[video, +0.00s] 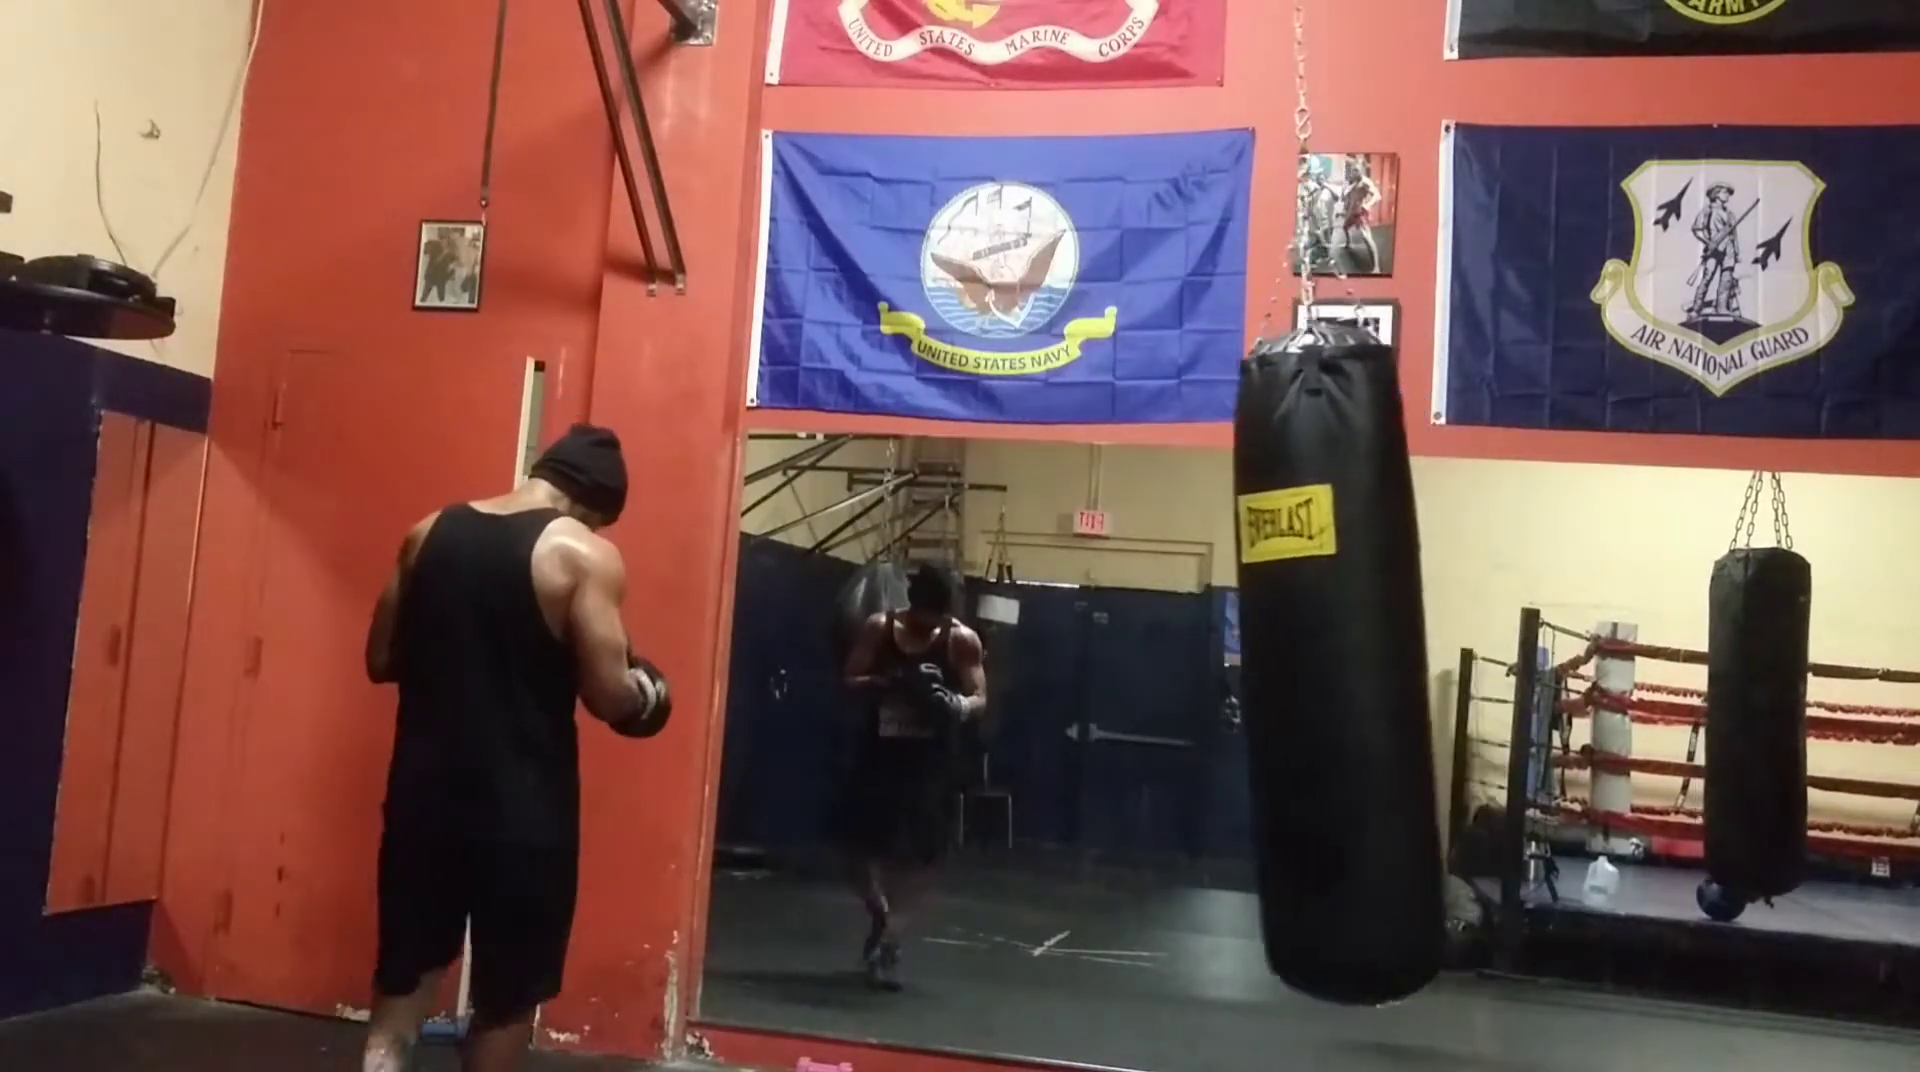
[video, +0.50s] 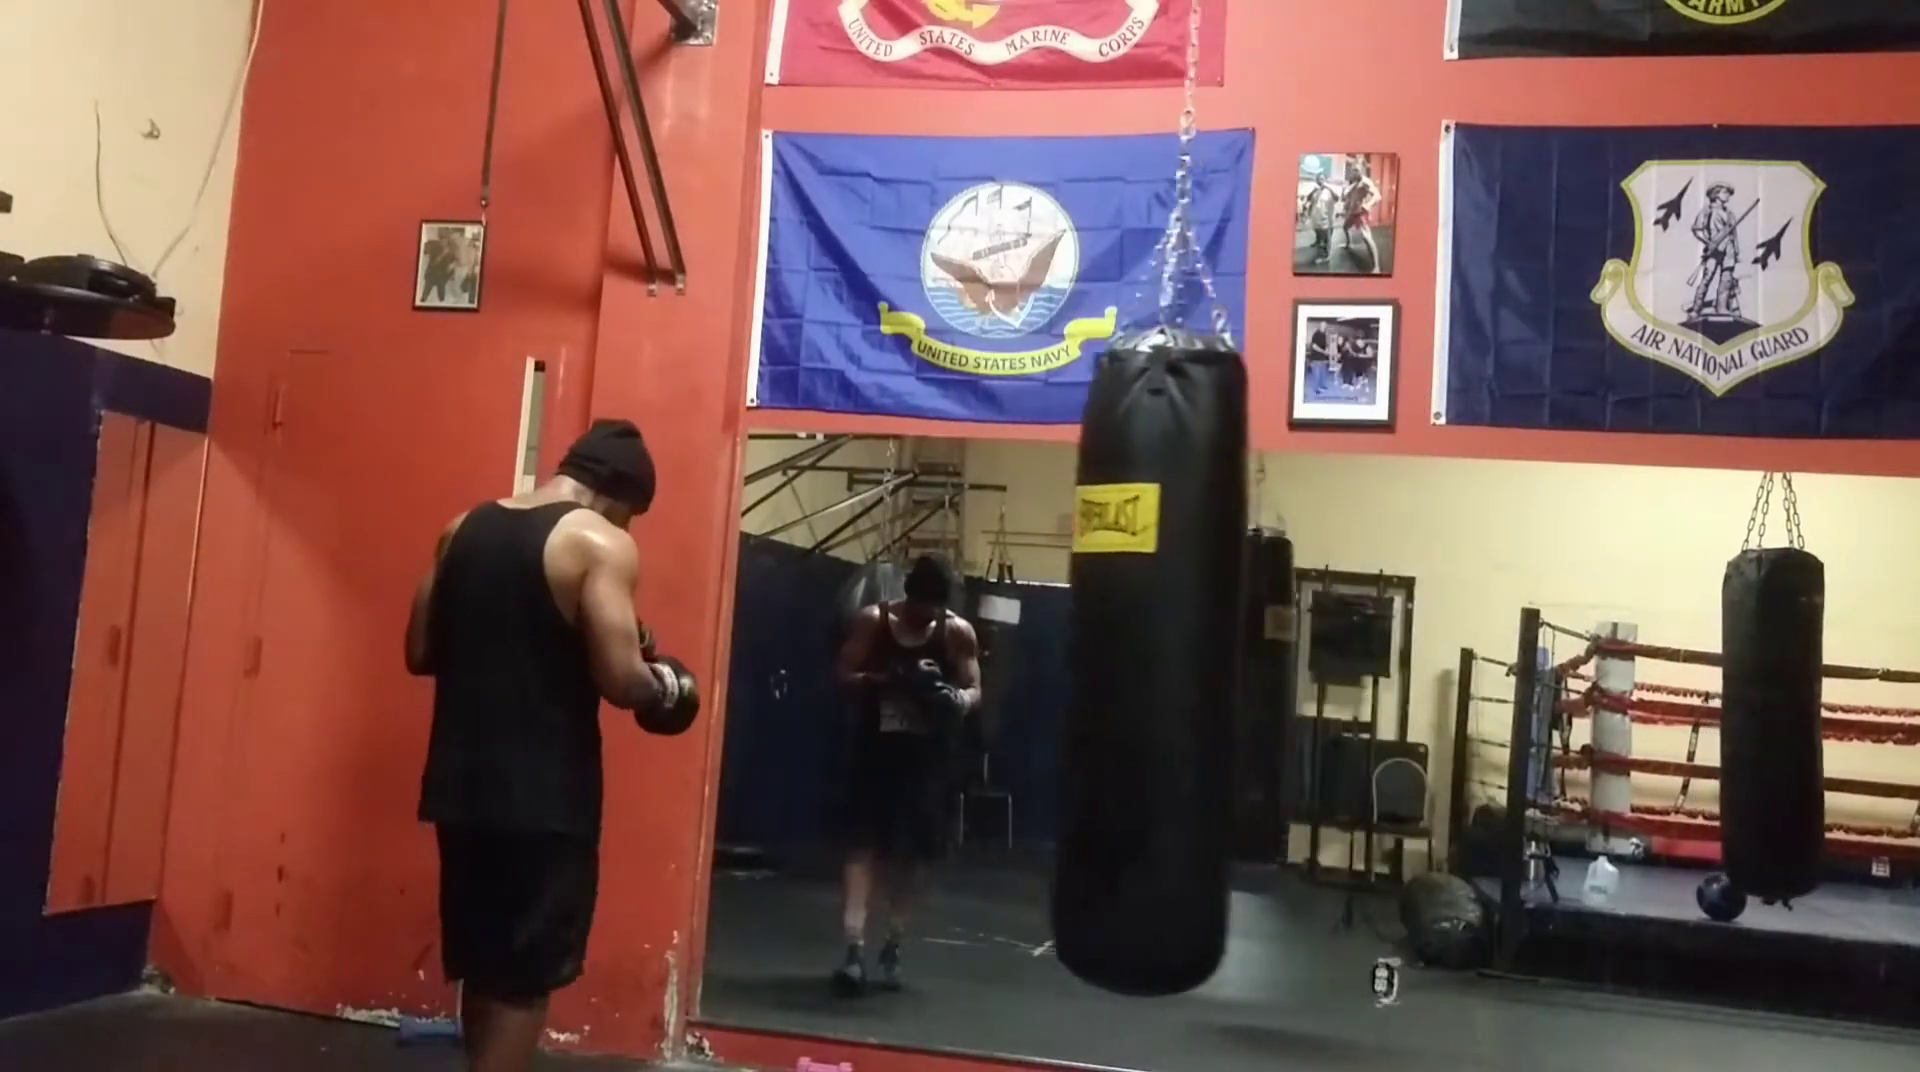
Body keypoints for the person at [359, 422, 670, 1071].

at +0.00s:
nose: (595, 529)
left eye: (597, 517)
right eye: (600, 518)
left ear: (538, 471)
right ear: (600, 506)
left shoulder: (431, 531)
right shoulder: (586, 553)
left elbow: (382, 661)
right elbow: (611, 698)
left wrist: (463, 635)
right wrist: (649, 695)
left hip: (424, 802)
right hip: (525, 815)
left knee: (400, 992)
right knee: (506, 1011)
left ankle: (381, 1061)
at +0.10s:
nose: (603, 525)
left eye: (605, 513)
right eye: (608, 514)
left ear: (545, 468)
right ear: (606, 498)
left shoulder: (438, 524)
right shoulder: (591, 544)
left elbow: (390, 655)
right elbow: (618, 690)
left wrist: (471, 632)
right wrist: (651, 695)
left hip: (433, 780)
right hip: (527, 791)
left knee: (433, 958)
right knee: (509, 981)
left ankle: (408, 1062)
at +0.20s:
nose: (609, 520)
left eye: (612, 509)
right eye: (615, 509)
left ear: (553, 462)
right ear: (614, 493)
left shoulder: (447, 518)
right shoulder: (597, 538)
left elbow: (399, 648)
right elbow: (622, 681)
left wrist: (482, 629)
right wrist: (651, 691)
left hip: (438, 774)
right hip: (527, 786)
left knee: (455, 963)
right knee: (503, 983)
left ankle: (444, 1057)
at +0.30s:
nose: (615, 521)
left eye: (619, 510)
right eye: (620, 510)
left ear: (560, 464)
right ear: (617, 491)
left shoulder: (455, 518)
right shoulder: (601, 538)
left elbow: (406, 646)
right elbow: (622, 676)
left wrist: (486, 630)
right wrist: (652, 692)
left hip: (446, 785)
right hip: (533, 794)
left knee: (467, 969)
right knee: (505, 986)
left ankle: (474, 1060)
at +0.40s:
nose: (620, 524)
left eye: (625, 514)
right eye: (625, 513)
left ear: (567, 466)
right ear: (618, 490)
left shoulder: (462, 522)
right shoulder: (601, 540)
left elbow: (412, 649)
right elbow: (620, 675)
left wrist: (494, 629)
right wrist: (657, 688)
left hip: (455, 789)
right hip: (540, 799)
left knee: (475, 981)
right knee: (509, 991)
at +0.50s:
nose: (624, 526)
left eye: (629, 514)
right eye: (629, 513)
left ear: (567, 471)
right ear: (620, 492)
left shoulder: (467, 526)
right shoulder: (602, 542)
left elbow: (421, 654)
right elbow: (620, 678)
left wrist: (507, 635)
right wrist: (660, 684)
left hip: (464, 793)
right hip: (546, 802)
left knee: (481, 976)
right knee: (522, 987)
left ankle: (485, 1064)